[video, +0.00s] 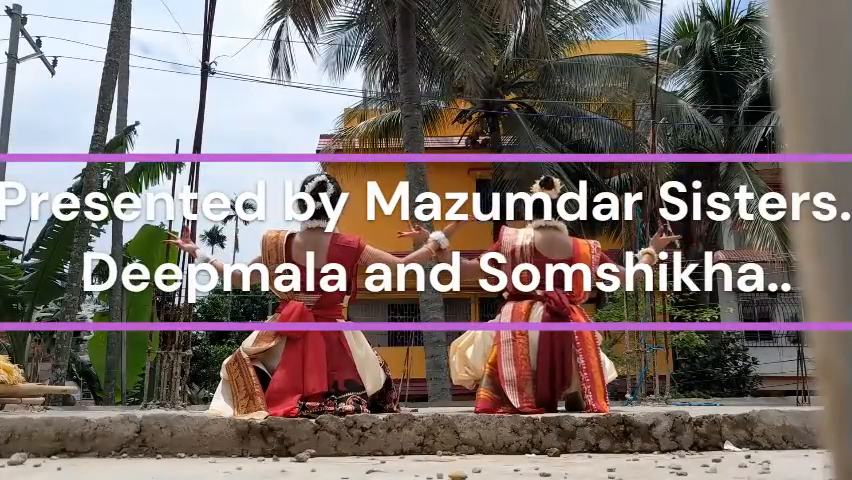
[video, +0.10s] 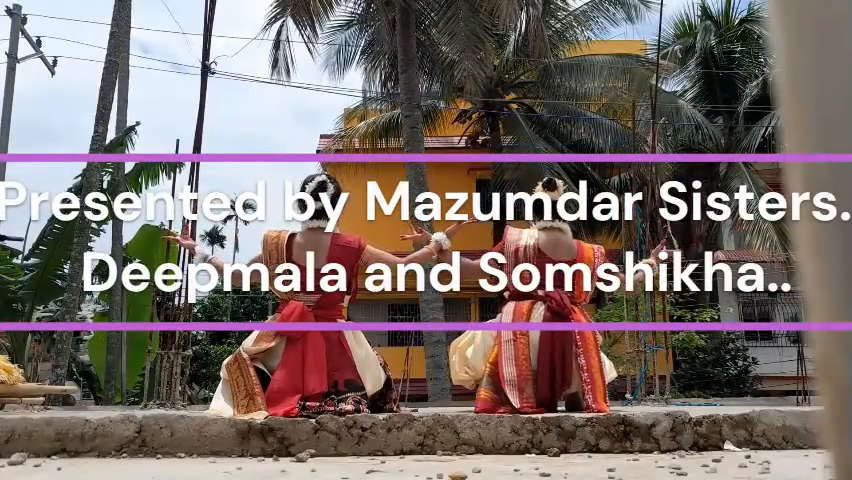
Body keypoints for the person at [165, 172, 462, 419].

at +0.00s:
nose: (335, 207)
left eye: (315, 202)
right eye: (337, 202)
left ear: (300, 205)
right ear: (337, 206)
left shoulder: (275, 245)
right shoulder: (349, 247)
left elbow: (238, 278)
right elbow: (403, 263)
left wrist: (198, 253)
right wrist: (434, 245)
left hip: (287, 343)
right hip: (334, 343)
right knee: (375, 389)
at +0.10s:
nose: (338, 206)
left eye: (317, 200)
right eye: (338, 201)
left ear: (300, 203)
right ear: (336, 206)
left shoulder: (276, 245)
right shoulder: (349, 247)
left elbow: (236, 278)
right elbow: (404, 264)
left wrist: (199, 252)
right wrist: (435, 246)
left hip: (289, 349)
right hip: (335, 349)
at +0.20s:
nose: (333, 207)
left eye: (315, 201)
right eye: (336, 201)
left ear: (301, 204)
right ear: (338, 207)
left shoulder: (277, 245)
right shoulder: (353, 248)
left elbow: (235, 273)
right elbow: (407, 265)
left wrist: (195, 245)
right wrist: (440, 245)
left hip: (288, 348)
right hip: (336, 348)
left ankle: (287, 394)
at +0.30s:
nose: (342, 210)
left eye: (330, 202)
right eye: (343, 204)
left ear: (306, 204)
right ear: (342, 208)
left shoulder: (283, 243)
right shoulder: (354, 249)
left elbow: (238, 266)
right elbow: (409, 265)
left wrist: (198, 242)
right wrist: (443, 245)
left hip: (289, 340)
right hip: (333, 342)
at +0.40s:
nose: (354, 214)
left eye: (347, 206)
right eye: (353, 207)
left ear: (314, 207)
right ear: (348, 211)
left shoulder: (289, 242)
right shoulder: (359, 251)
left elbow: (245, 265)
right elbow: (415, 268)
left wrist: (201, 243)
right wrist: (447, 246)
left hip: (289, 341)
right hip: (334, 344)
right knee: (371, 384)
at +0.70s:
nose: (363, 216)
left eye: (341, 210)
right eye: (365, 212)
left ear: (333, 211)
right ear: (367, 216)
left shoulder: (307, 240)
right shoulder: (375, 254)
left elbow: (261, 259)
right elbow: (429, 269)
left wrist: (213, 235)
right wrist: (453, 244)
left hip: (296, 338)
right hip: (342, 343)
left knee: (242, 354)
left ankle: (252, 414)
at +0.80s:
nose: (373, 216)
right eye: (373, 212)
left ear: (337, 212)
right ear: (371, 216)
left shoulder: (310, 243)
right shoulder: (376, 254)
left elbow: (263, 254)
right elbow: (432, 264)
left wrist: (220, 231)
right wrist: (455, 238)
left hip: (297, 345)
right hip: (343, 347)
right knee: (371, 392)